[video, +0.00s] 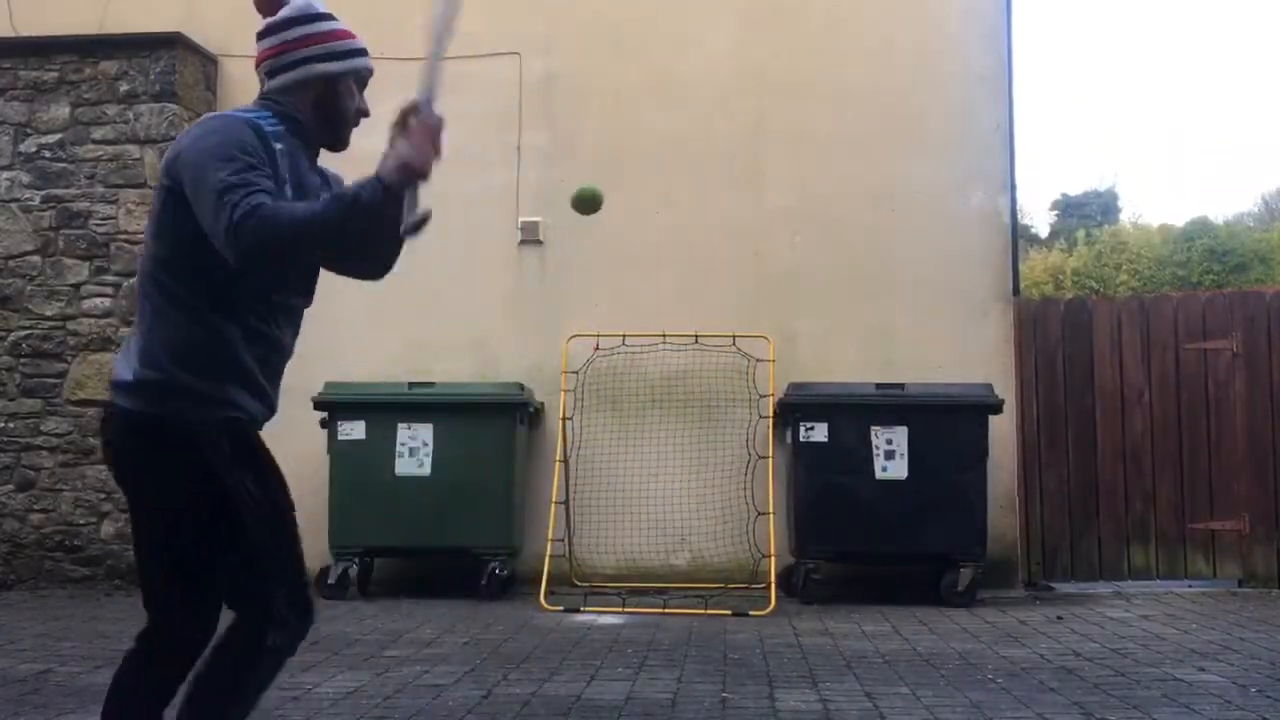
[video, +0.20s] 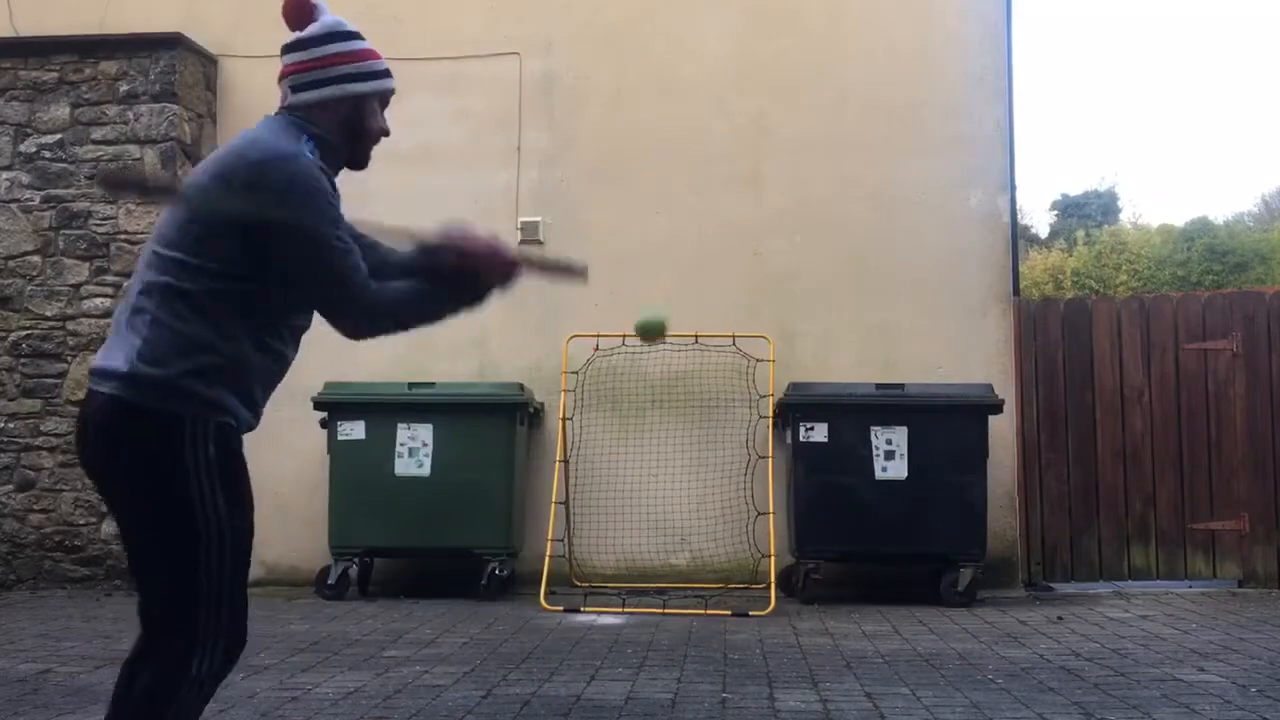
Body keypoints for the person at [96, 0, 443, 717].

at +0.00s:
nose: (366, 105)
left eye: (366, 88)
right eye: (359, 86)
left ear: (307, 84)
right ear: (318, 82)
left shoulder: (304, 173)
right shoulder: (223, 137)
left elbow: (365, 257)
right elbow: (249, 231)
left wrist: (404, 177)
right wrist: (384, 180)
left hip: (220, 424)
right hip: (169, 419)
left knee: (180, 623)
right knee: (278, 614)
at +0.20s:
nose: (387, 124)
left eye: (387, 106)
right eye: (380, 105)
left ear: (320, 97)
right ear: (339, 102)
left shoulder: (277, 160)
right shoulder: (286, 171)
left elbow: (364, 262)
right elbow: (361, 311)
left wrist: (447, 261)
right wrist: (467, 284)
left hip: (167, 416)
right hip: (168, 421)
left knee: (201, 636)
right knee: (194, 640)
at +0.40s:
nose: (394, 136)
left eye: (395, 119)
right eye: (390, 120)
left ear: (317, 108)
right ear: (365, 116)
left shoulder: (272, 171)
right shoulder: (346, 178)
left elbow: (315, 343)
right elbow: (379, 315)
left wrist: (381, 440)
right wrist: (412, 419)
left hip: (191, 420)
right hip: (228, 431)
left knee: (294, 600)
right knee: (248, 632)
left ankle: (252, 713)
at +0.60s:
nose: (418, 129)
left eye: (412, 115)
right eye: (418, 116)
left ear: (341, 108)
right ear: (410, 114)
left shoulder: (275, 189)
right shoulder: (407, 182)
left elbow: (243, 324)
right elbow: (447, 308)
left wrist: (229, 431)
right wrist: (435, 417)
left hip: (243, 425)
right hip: (333, 429)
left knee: (311, 612)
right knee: (417, 621)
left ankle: (281, 719)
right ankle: (318, 710)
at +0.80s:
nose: (478, 104)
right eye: (475, 94)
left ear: (399, 98)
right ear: (471, 102)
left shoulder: (338, 180)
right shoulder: (485, 178)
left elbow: (289, 311)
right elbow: (541, 302)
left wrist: (300, 366)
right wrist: (541, 426)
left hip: (329, 433)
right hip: (437, 436)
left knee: (342, 619)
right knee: (537, 632)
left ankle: (288, 717)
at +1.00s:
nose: (435, 70)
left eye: (436, 61)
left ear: (442, 68)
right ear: (518, 67)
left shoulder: (414, 159)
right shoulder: (586, 155)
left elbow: (355, 302)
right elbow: (642, 290)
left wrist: (335, 269)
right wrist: (642, 404)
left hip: (454, 435)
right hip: (575, 432)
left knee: (423, 622)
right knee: (604, 647)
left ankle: (384, 719)